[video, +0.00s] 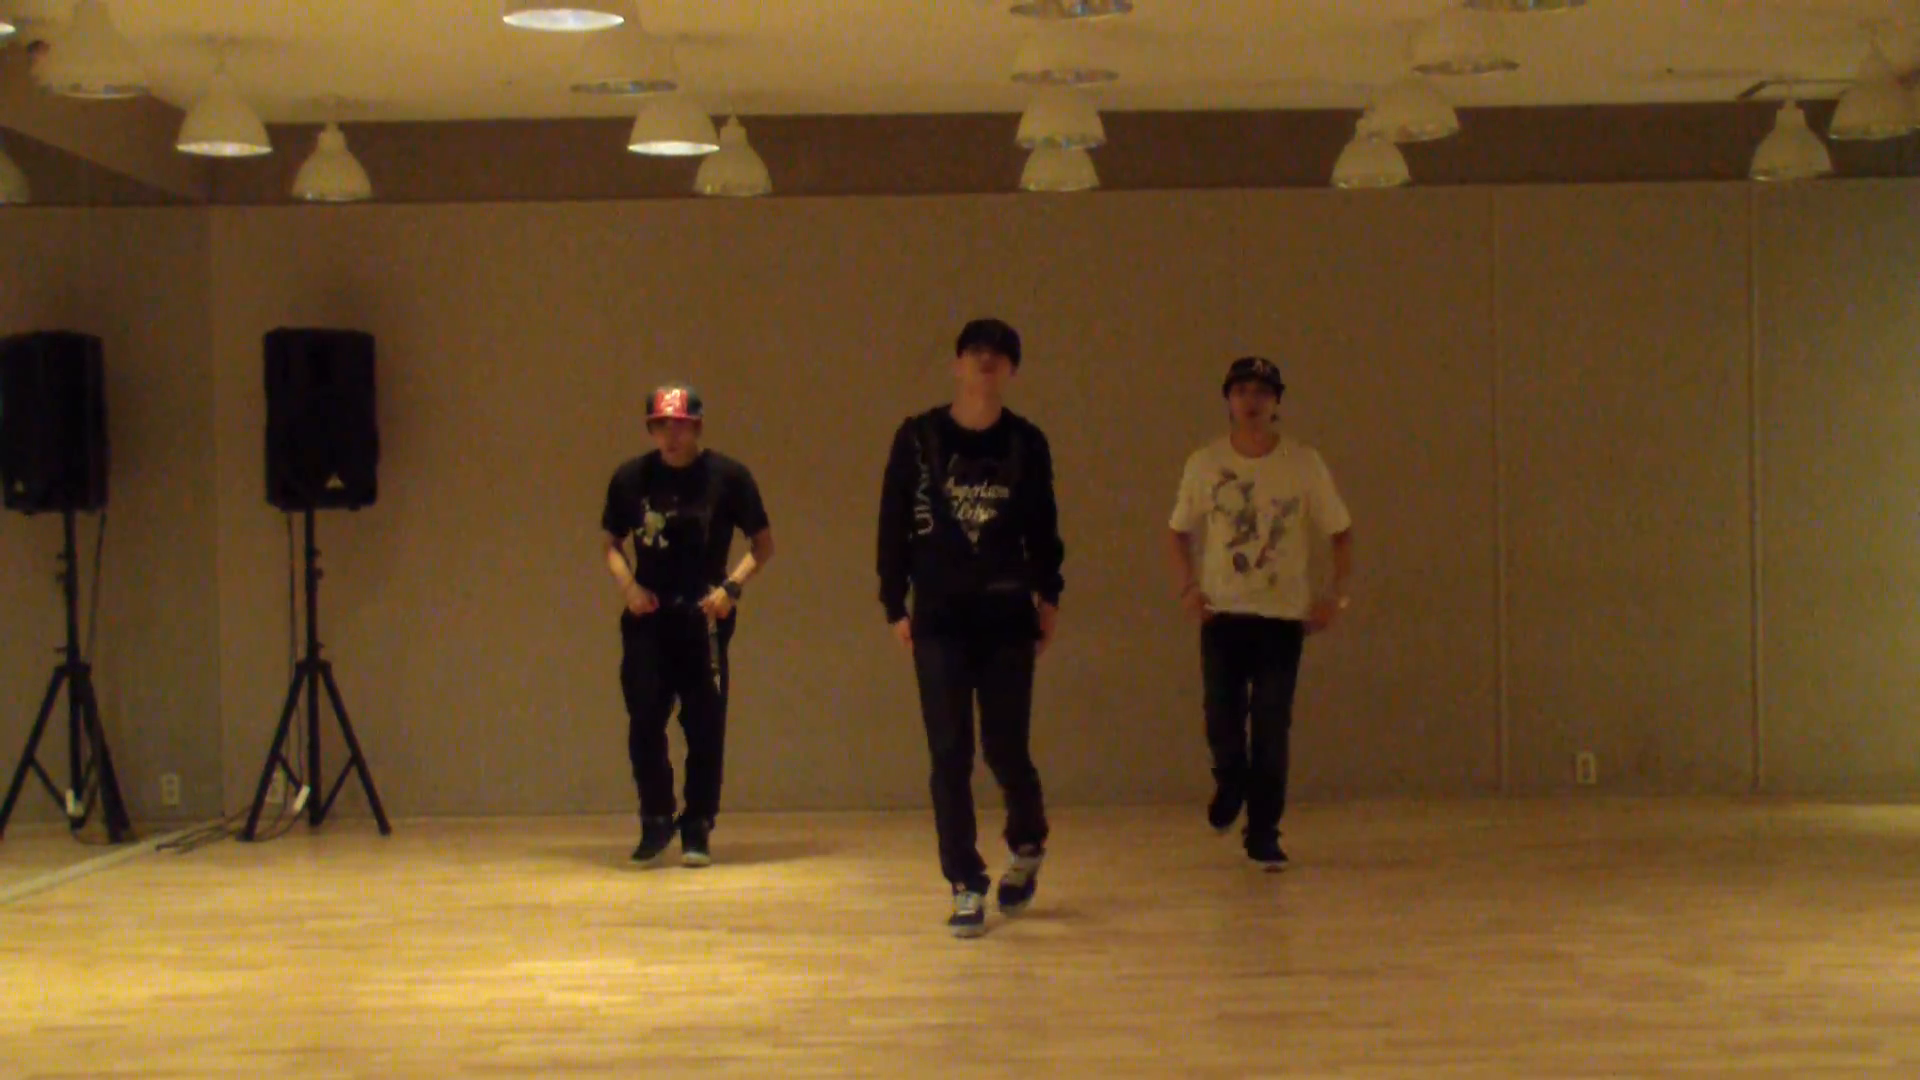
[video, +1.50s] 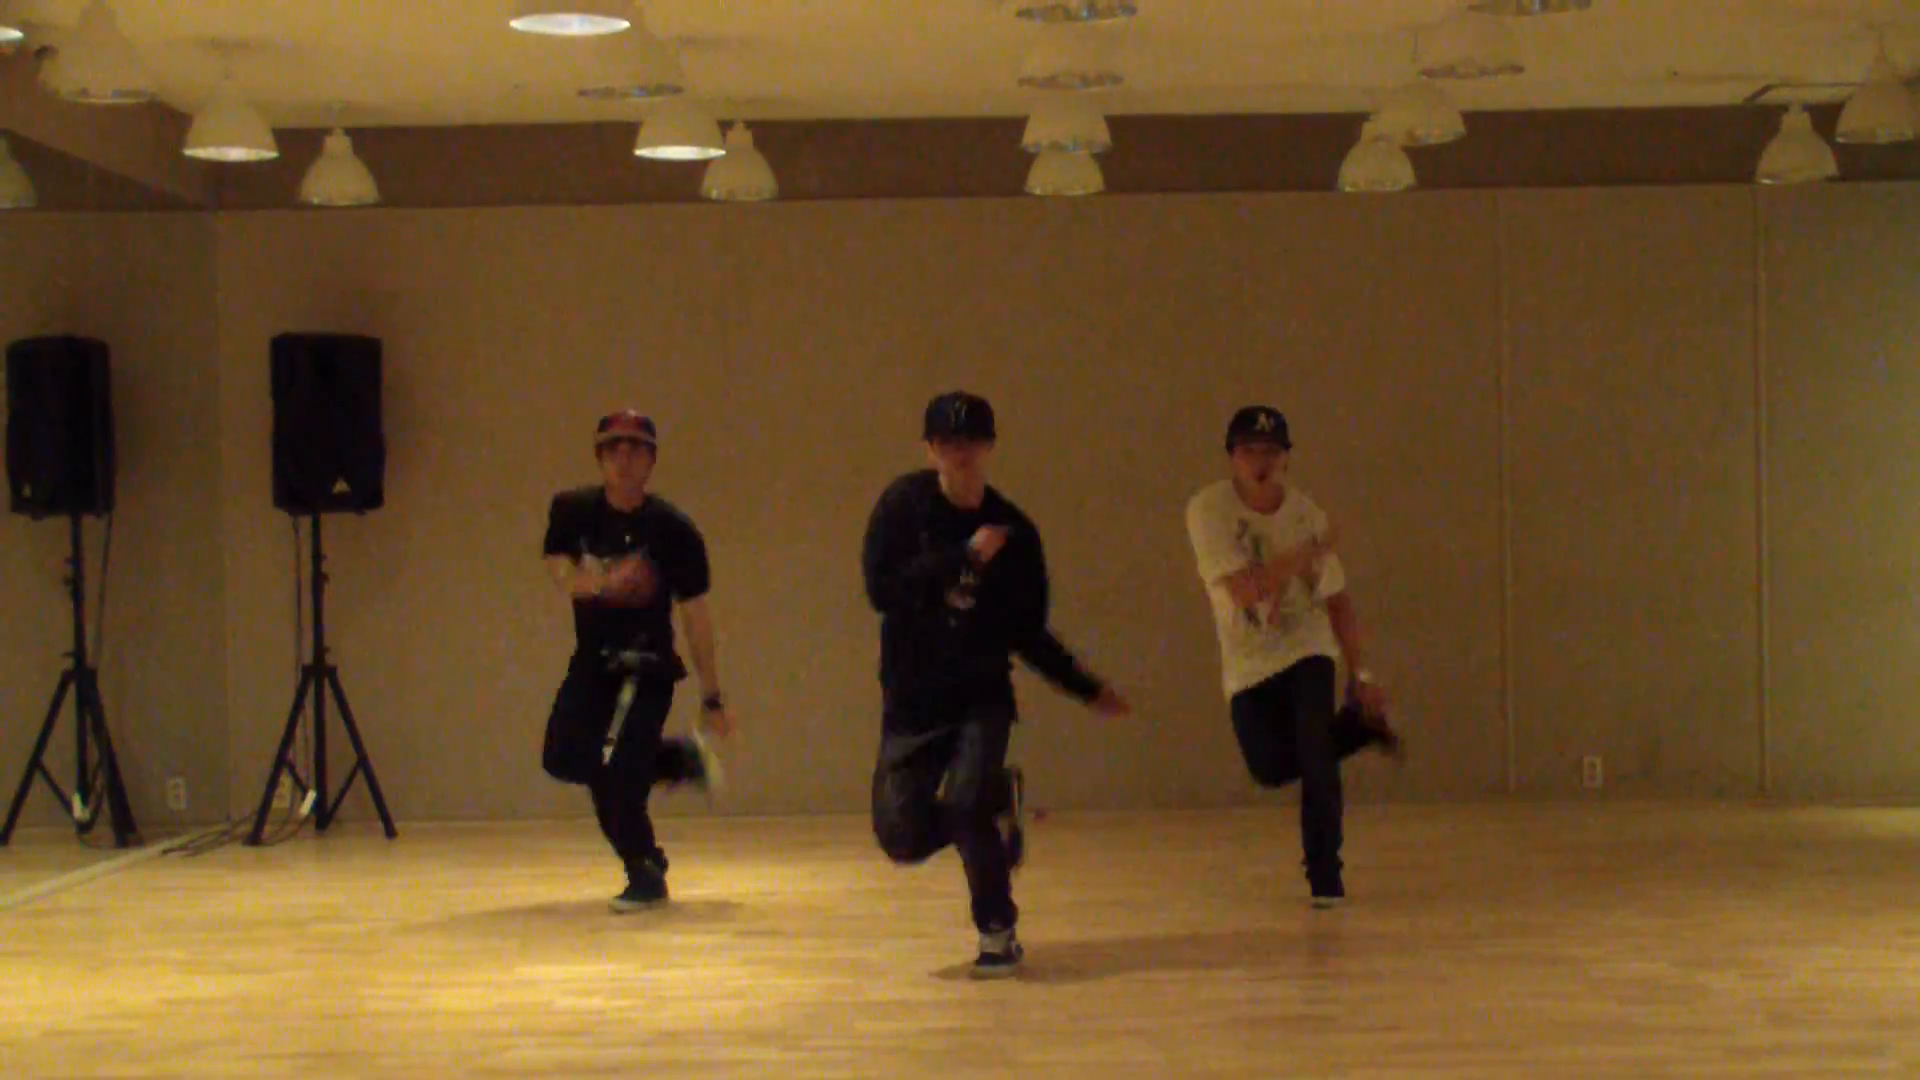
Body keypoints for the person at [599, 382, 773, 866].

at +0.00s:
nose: (670, 436)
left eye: (679, 426)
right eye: (662, 426)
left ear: (698, 427)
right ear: (650, 430)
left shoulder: (729, 478)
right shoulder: (631, 479)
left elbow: (763, 544)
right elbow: (612, 544)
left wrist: (731, 588)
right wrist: (629, 587)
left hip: (703, 622)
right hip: (647, 622)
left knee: (705, 728)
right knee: (644, 726)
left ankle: (696, 828)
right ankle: (656, 822)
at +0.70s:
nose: (654, 439)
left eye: (663, 431)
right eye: (644, 431)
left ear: (681, 440)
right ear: (632, 440)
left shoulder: (704, 493)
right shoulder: (610, 494)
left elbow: (726, 568)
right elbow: (588, 572)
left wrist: (705, 537)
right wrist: (594, 537)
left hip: (680, 629)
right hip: (624, 630)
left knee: (659, 709)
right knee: (625, 736)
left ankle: (682, 802)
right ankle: (651, 841)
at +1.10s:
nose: (640, 465)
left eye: (650, 456)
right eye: (631, 456)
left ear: (667, 465)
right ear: (617, 466)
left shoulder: (679, 519)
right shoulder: (600, 514)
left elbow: (695, 505)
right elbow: (579, 505)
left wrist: (711, 481)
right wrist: (562, 489)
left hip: (662, 637)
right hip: (604, 642)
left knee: (643, 700)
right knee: (603, 751)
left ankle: (617, 783)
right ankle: (652, 832)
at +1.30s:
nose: (620, 452)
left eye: (630, 443)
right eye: (610, 444)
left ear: (648, 453)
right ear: (598, 455)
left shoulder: (681, 508)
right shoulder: (578, 513)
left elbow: (746, 553)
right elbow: (523, 562)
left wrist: (807, 595)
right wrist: (488, 582)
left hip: (661, 647)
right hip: (601, 645)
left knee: (637, 745)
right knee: (583, 745)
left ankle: (649, 868)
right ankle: (595, 867)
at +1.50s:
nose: (624, 458)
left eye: (635, 448)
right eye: (614, 448)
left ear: (652, 460)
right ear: (599, 457)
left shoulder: (674, 530)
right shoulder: (571, 512)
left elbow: (697, 617)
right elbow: (563, 580)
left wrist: (712, 695)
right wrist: (605, 582)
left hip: (649, 663)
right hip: (593, 657)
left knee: (617, 769)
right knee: (562, 757)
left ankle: (645, 871)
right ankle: (673, 760)